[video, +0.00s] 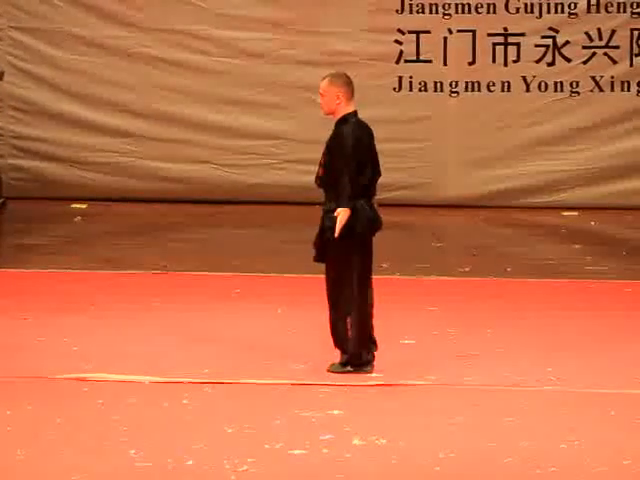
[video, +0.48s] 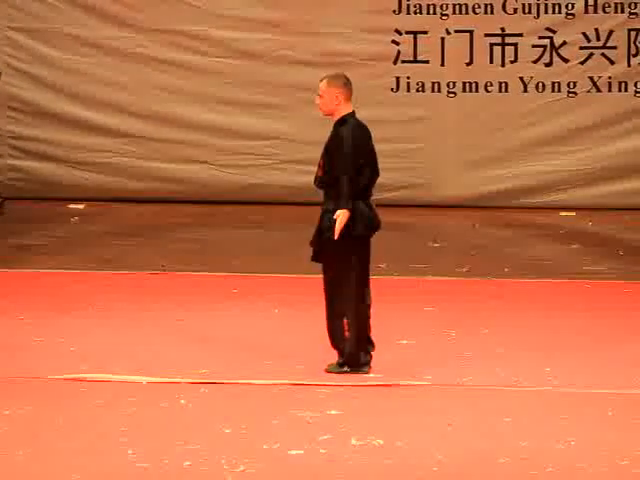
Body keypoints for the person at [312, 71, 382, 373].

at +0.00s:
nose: (319, 100)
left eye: (322, 94)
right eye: (320, 94)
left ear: (338, 96)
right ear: (343, 97)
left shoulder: (346, 131)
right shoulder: (360, 128)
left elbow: (348, 175)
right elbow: (371, 172)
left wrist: (344, 208)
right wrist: (355, 203)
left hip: (345, 223)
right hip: (359, 220)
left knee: (345, 288)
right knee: (357, 286)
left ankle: (353, 353)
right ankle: (362, 348)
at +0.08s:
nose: (319, 100)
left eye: (322, 94)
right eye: (320, 94)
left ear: (339, 96)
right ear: (342, 97)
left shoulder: (348, 131)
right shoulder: (355, 128)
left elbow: (351, 174)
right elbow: (368, 172)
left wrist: (346, 205)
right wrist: (352, 203)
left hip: (345, 223)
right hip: (357, 220)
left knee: (346, 288)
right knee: (356, 287)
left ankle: (353, 354)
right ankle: (361, 348)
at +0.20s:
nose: (318, 100)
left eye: (322, 95)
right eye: (319, 94)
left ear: (339, 97)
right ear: (342, 98)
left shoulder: (347, 131)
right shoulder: (357, 129)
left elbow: (349, 174)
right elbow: (370, 171)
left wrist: (345, 207)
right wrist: (353, 203)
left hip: (344, 222)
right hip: (358, 220)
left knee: (344, 288)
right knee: (357, 286)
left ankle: (352, 354)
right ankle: (361, 348)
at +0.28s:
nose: (318, 100)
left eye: (322, 95)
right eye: (319, 94)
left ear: (339, 97)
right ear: (342, 98)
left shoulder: (346, 131)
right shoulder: (357, 128)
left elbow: (347, 174)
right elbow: (370, 171)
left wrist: (344, 207)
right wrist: (356, 203)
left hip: (343, 222)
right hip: (358, 220)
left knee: (343, 288)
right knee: (356, 286)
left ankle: (351, 354)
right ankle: (361, 348)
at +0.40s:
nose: (317, 100)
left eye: (321, 95)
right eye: (318, 94)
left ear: (339, 97)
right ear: (342, 98)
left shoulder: (344, 131)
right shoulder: (359, 129)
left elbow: (346, 174)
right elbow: (371, 171)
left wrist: (344, 207)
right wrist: (357, 201)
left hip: (342, 223)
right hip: (358, 221)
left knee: (343, 288)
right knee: (356, 286)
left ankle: (351, 354)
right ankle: (360, 347)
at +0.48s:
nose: (317, 100)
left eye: (321, 95)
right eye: (318, 94)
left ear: (337, 97)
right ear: (341, 98)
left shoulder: (344, 131)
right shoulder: (358, 128)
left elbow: (346, 174)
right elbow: (370, 171)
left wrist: (344, 207)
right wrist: (357, 201)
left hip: (342, 222)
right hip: (358, 221)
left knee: (342, 288)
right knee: (356, 286)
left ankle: (350, 354)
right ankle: (360, 347)